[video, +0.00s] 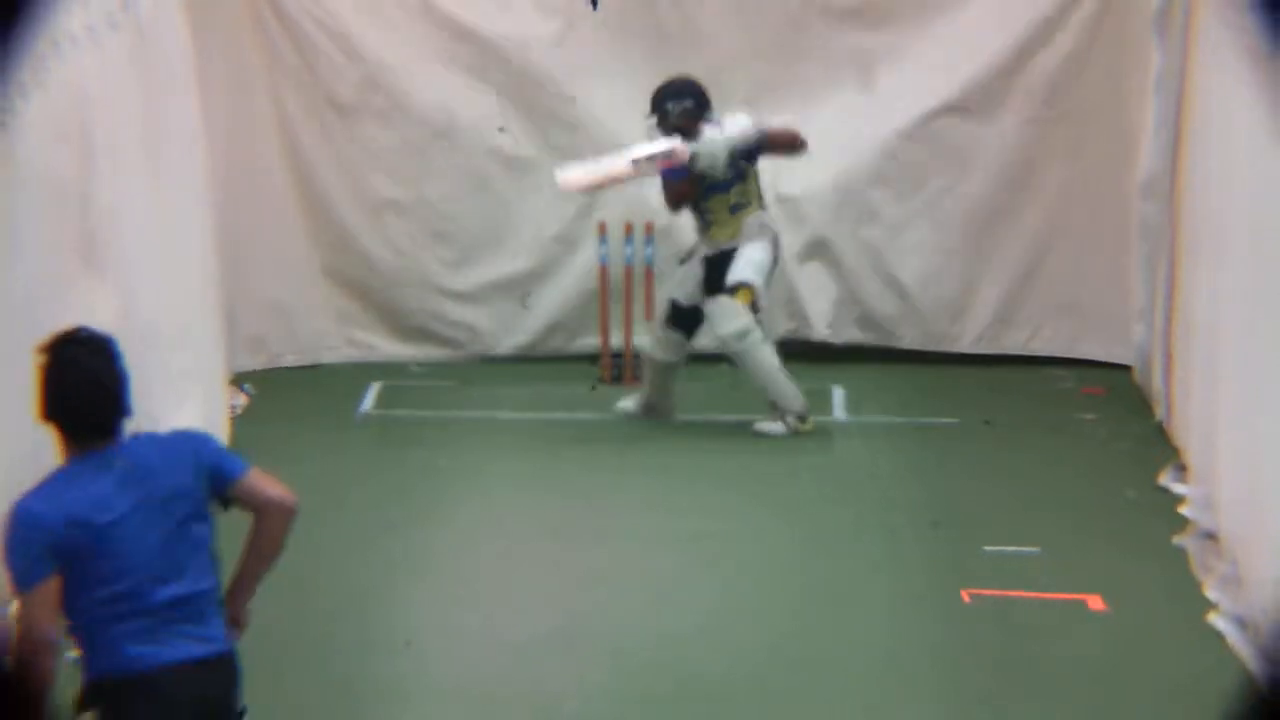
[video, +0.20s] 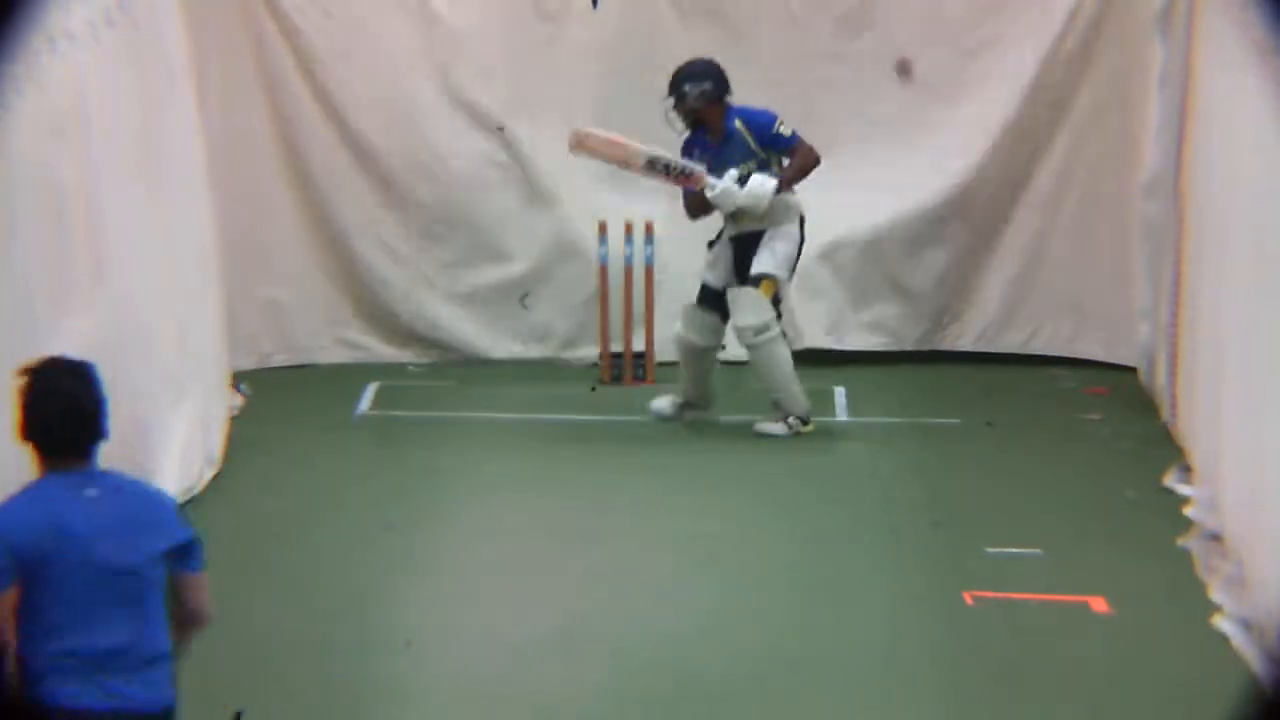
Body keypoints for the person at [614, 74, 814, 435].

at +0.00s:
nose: (667, 126)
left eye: (672, 116)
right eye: (663, 118)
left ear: (694, 113)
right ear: (661, 120)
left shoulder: (733, 131)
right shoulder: (672, 154)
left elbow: (795, 143)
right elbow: (674, 201)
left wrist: (740, 146)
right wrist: (700, 167)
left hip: (752, 238)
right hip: (711, 245)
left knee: (730, 317)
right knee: (673, 323)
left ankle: (793, 411)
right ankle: (654, 402)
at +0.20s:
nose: (679, 109)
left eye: (684, 100)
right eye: (677, 101)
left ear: (707, 97)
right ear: (690, 101)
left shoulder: (756, 122)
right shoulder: (693, 147)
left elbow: (808, 156)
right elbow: (693, 209)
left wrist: (773, 186)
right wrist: (716, 196)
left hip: (778, 226)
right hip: (735, 231)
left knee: (751, 314)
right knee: (698, 325)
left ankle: (795, 414)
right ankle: (694, 400)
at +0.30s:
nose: (683, 93)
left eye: (688, 85)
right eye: (682, 86)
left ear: (709, 82)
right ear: (700, 85)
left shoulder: (759, 110)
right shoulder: (699, 133)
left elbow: (810, 148)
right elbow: (699, 190)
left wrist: (775, 182)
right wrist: (708, 197)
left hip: (782, 213)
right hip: (739, 219)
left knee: (757, 307)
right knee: (705, 313)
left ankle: (796, 412)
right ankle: (725, 399)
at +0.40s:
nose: (686, 80)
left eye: (692, 71)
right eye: (685, 72)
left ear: (716, 68)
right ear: (707, 72)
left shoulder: (761, 103)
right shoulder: (702, 123)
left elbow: (809, 143)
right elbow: (703, 180)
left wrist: (772, 180)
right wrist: (714, 192)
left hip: (782, 206)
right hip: (737, 211)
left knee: (760, 303)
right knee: (711, 306)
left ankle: (797, 412)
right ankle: (730, 402)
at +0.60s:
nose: (695, 60)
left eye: (702, 53)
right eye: (695, 53)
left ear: (727, 54)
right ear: (715, 57)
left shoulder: (764, 94)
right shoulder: (706, 110)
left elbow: (807, 139)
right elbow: (704, 166)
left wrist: (773, 185)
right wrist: (715, 195)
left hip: (777, 208)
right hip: (735, 210)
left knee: (760, 302)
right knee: (717, 305)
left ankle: (796, 411)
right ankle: (729, 403)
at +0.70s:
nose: (703, 59)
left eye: (711, 52)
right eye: (702, 52)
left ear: (737, 52)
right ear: (707, 54)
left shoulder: (765, 92)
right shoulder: (710, 106)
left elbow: (806, 142)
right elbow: (704, 162)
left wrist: (778, 191)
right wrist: (711, 200)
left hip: (774, 209)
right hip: (733, 212)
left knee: (760, 302)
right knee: (722, 304)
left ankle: (796, 411)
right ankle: (730, 403)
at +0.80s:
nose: (711, 60)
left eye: (719, 52)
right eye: (708, 52)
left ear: (744, 52)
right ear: (706, 52)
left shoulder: (767, 91)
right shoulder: (714, 102)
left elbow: (805, 144)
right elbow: (706, 161)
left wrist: (784, 197)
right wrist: (707, 207)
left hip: (771, 212)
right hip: (733, 213)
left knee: (761, 304)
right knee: (725, 308)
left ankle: (795, 412)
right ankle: (731, 403)